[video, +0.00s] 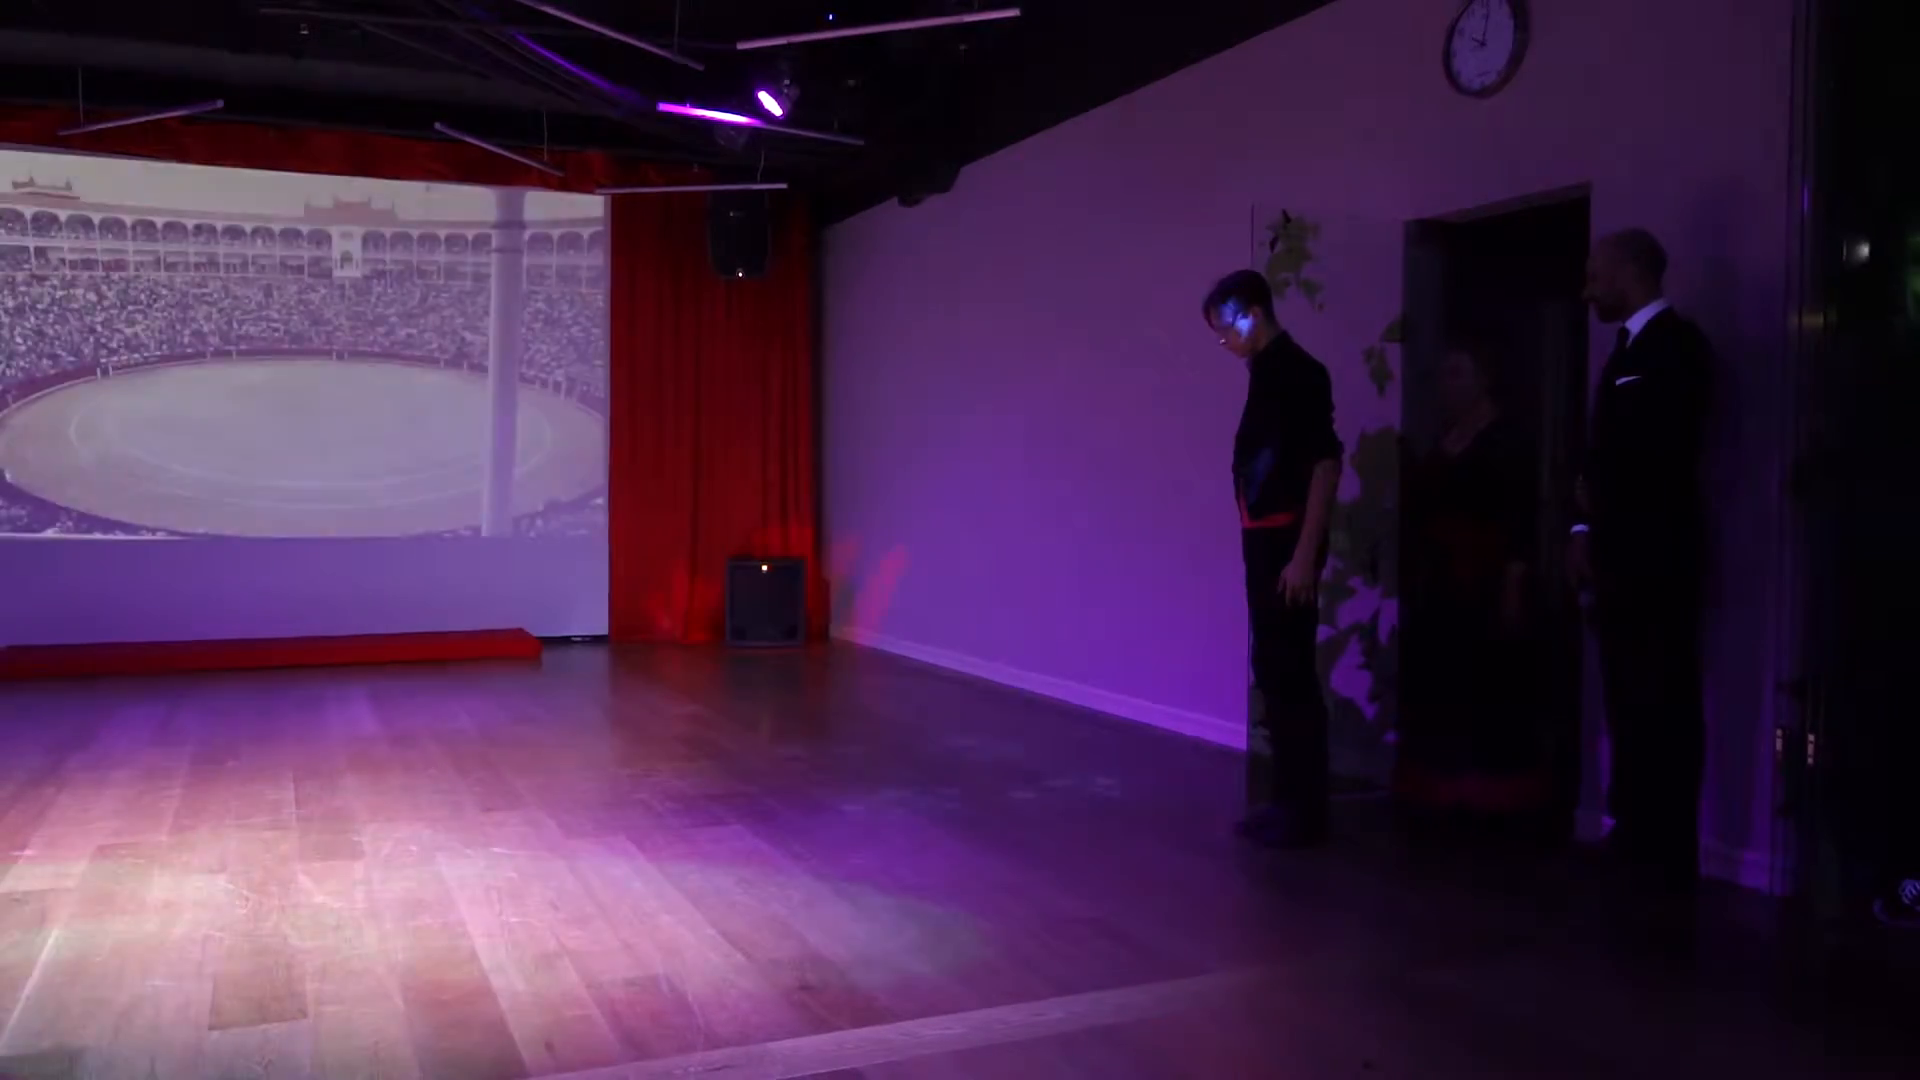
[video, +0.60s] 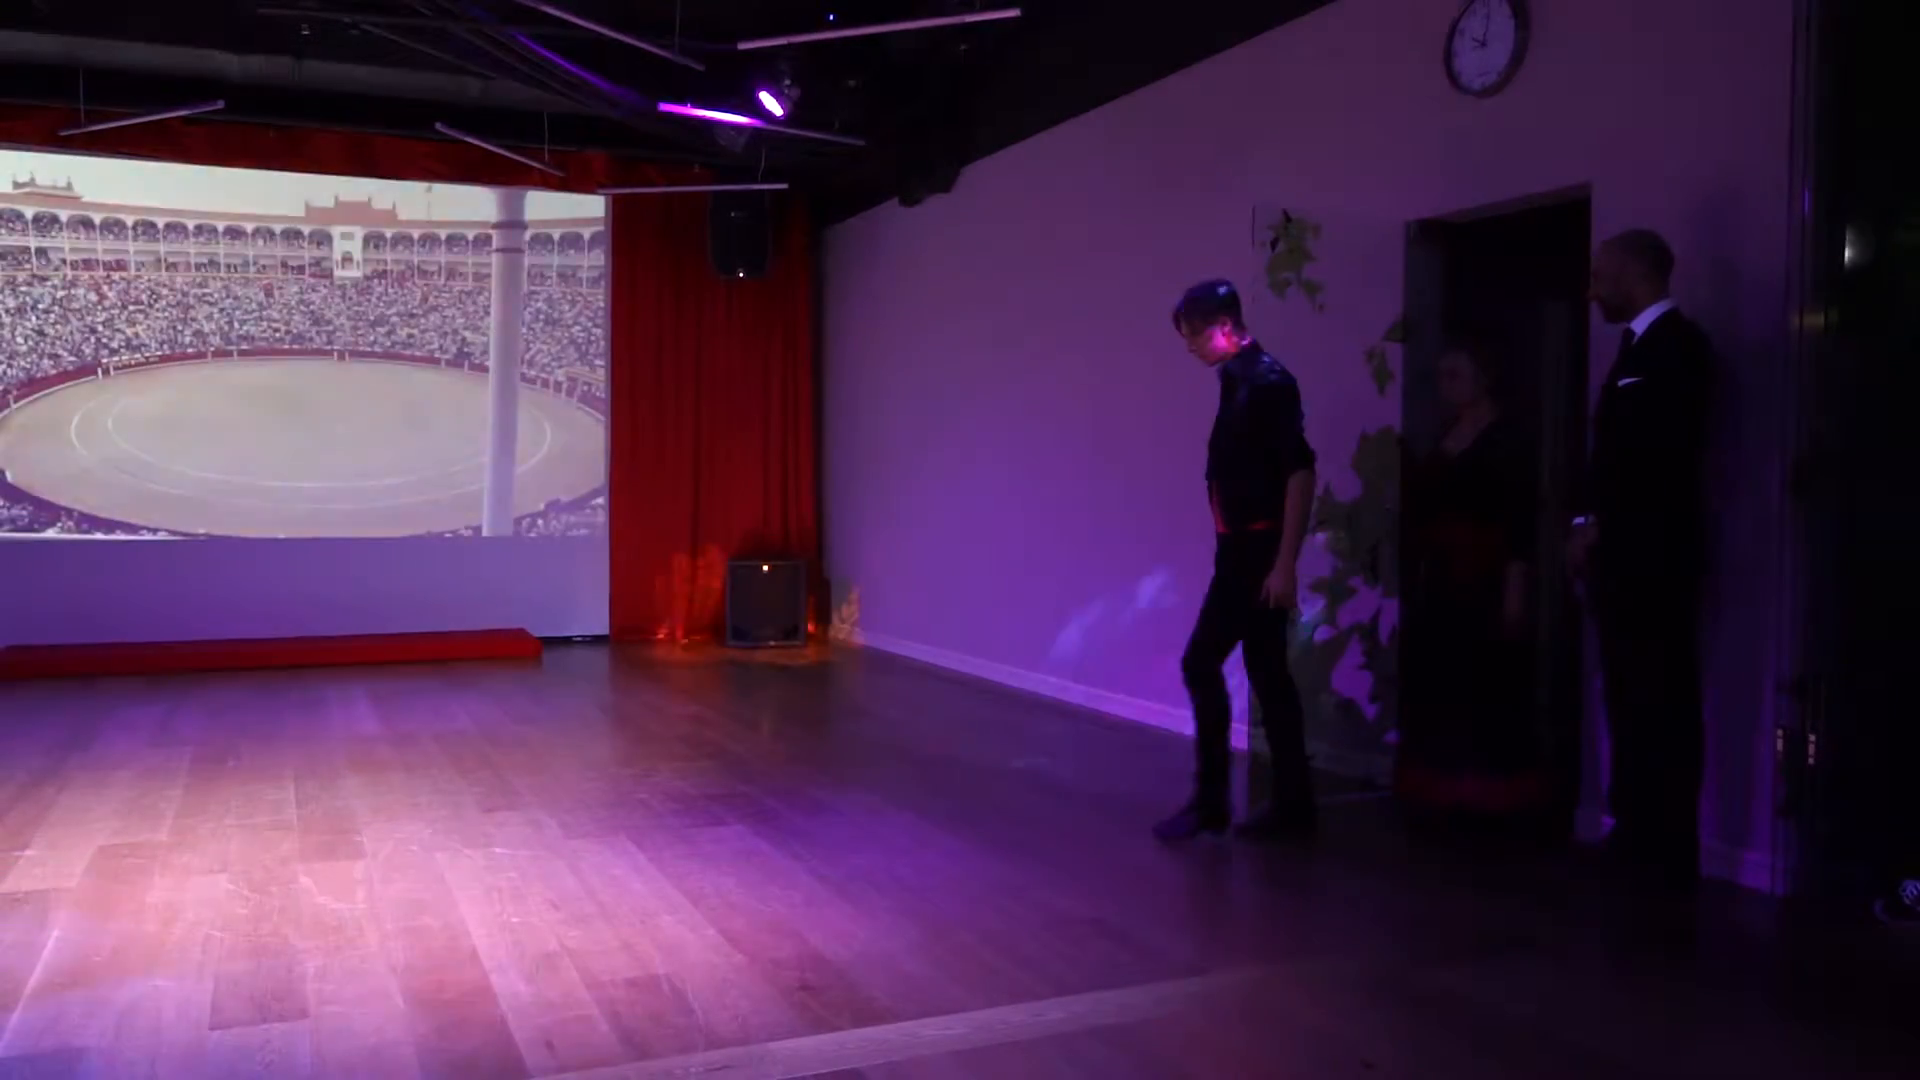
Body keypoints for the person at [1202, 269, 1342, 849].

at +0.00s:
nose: (1223, 341)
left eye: (1225, 327)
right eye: (1219, 331)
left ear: (1252, 314)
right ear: (1248, 318)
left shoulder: (1296, 371)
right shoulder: (1269, 371)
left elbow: (1325, 464)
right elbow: (1280, 466)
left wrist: (1303, 556)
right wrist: (1263, 548)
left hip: (1284, 544)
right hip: (1264, 542)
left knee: (1287, 675)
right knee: (1277, 676)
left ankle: (1299, 809)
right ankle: (1289, 803)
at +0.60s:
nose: (1190, 349)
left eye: (1193, 337)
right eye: (1187, 339)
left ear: (1222, 327)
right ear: (1223, 328)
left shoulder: (1267, 381)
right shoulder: (1240, 379)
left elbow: (1300, 473)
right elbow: (1239, 466)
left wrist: (1285, 564)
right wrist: (1230, 542)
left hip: (1255, 551)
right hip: (1245, 548)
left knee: (1200, 663)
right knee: (1269, 675)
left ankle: (1211, 800)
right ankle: (1293, 802)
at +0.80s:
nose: (1164, 352)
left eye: (1167, 340)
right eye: (1160, 342)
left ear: (1197, 331)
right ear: (1198, 334)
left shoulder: (1239, 387)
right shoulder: (1211, 386)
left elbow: (1274, 477)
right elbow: (1212, 476)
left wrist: (1259, 569)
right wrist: (1201, 545)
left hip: (1228, 557)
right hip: (1216, 554)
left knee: (1169, 667)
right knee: (1259, 679)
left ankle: (1124, 801)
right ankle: (1294, 804)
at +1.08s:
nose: (1109, 347)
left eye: (1113, 334)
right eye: (1104, 337)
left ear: (1142, 324)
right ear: (1134, 329)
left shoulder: (1179, 382)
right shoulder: (1155, 380)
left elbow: (1205, 476)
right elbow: (1159, 471)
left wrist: (1189, 565)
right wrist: (1138, 548)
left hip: (1161, 550)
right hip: (1151, 547)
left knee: (1123, 670)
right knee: (1188, 668)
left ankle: (1101, 805)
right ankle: (1268, 779)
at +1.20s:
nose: (1083, 346)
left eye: (1085, 332)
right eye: (1078, 335)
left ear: (1113, 322)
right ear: (1111, 324)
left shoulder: (1153, 380)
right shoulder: (1127, 377)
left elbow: (1173, 476)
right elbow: (1126, 469)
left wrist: (1153, 564)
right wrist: (1105, 542)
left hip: (1135, 546)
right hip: (1117, 542)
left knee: (1112, 672)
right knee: (1126, 670)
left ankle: (1100, 806)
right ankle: (1222, 766)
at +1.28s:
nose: (1067, 344)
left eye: (1071, 331)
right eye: (1063, 333)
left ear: (1098, 321)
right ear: (1091, 326)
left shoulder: (1138, 380)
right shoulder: (1112, 376)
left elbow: (1152, 478)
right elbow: (1112, 469)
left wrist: (1127, 564)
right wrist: (1093, 546)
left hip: (1123, 542)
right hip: (1099, 539)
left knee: (1097, 668)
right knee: (1086, 665)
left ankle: (1099, 806)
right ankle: (1175, 763)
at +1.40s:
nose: (1045, 346)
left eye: (1048, 334)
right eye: (1041, 336)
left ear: (1075, 323)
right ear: (1066, 327)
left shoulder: (1116, 380)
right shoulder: (1088, 376)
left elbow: (1125, 480)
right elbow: (1096, 467)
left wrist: (1096, 563)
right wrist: (1073, 537)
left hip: (1103, 543)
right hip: (1078, 540)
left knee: (1086, 673)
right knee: (1034, 657)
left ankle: (1097, 804)